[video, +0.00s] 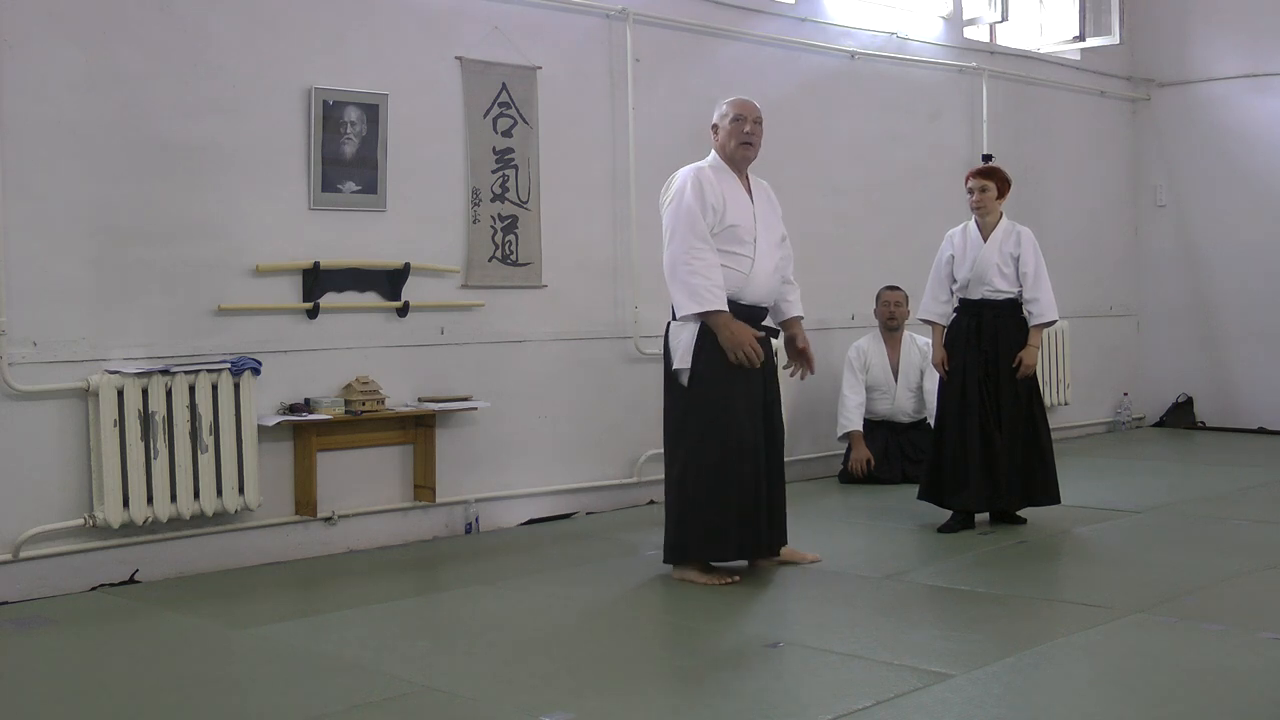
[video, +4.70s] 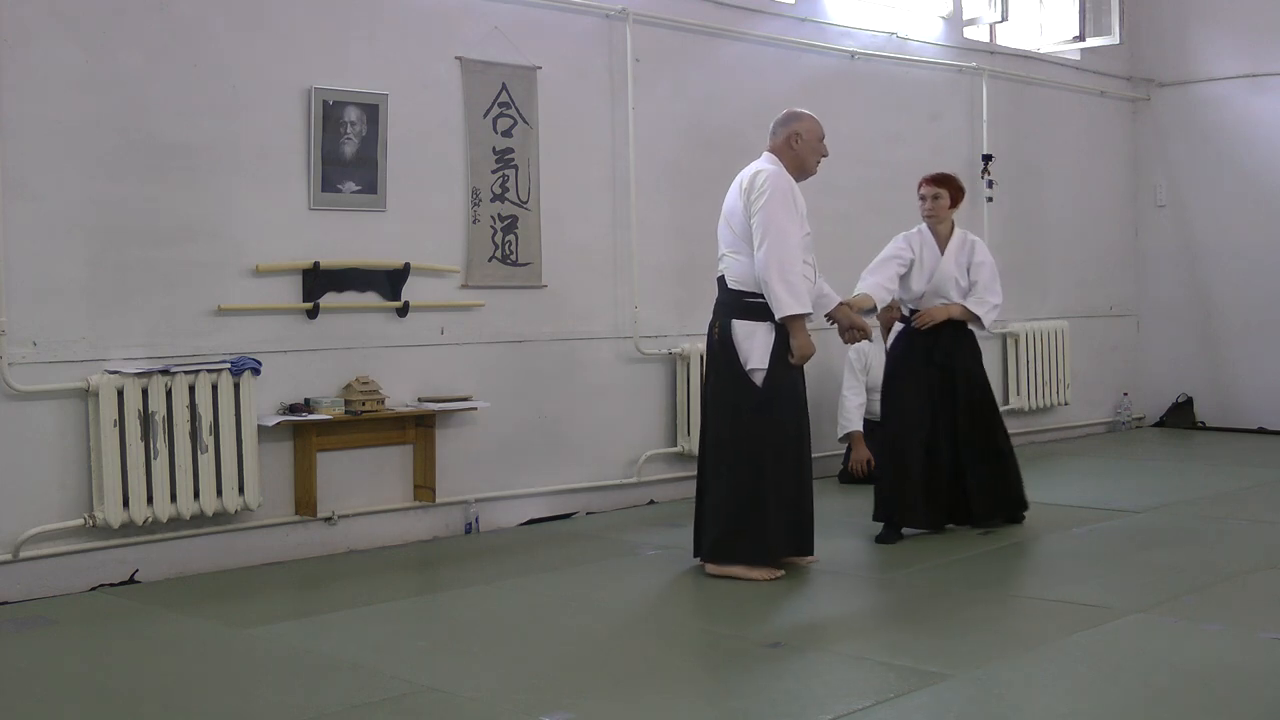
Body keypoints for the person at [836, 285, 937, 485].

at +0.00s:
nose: (892, 310)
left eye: (898, 305)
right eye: (886, 305)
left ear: (908, 313)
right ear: (875, 312)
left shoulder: (925, 348)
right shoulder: (860, 350)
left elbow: (935, 396)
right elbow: (851, 397)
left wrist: (944, 436)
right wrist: (857, 442)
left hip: (916, 430)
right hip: (874, 431)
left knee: (937, 472)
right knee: (855, 472)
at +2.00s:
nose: (891, 312)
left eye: (898, 306)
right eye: (885, 306)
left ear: (908, 313)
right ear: (876, 313)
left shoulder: (926, 348)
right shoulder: (860, 351)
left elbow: (934, 396)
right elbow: (851, 398)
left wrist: (941, 435)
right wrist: (857, 442)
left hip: (916, 430)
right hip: (875, 430)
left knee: (934, 473)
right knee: (855, 472)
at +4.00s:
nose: (890, 318)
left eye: (897, 312)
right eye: (885, 312)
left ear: (908, 316)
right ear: (876, 314)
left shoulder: (926, 349)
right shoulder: (861, 351)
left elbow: (936, 397)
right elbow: (852, 398)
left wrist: (945, 438)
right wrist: (857, 443)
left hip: (916, 430)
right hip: (874, 431)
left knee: (935, 470)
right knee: (856, 471)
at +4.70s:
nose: (894, 316)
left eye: (899, 309)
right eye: (888, 309)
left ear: (908, 313)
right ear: (878, 314)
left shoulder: (914, 345)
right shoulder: (863, 347)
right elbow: (852, 394)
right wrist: (857, 441)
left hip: (908, 424)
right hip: (873, 425)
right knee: (853, 471)